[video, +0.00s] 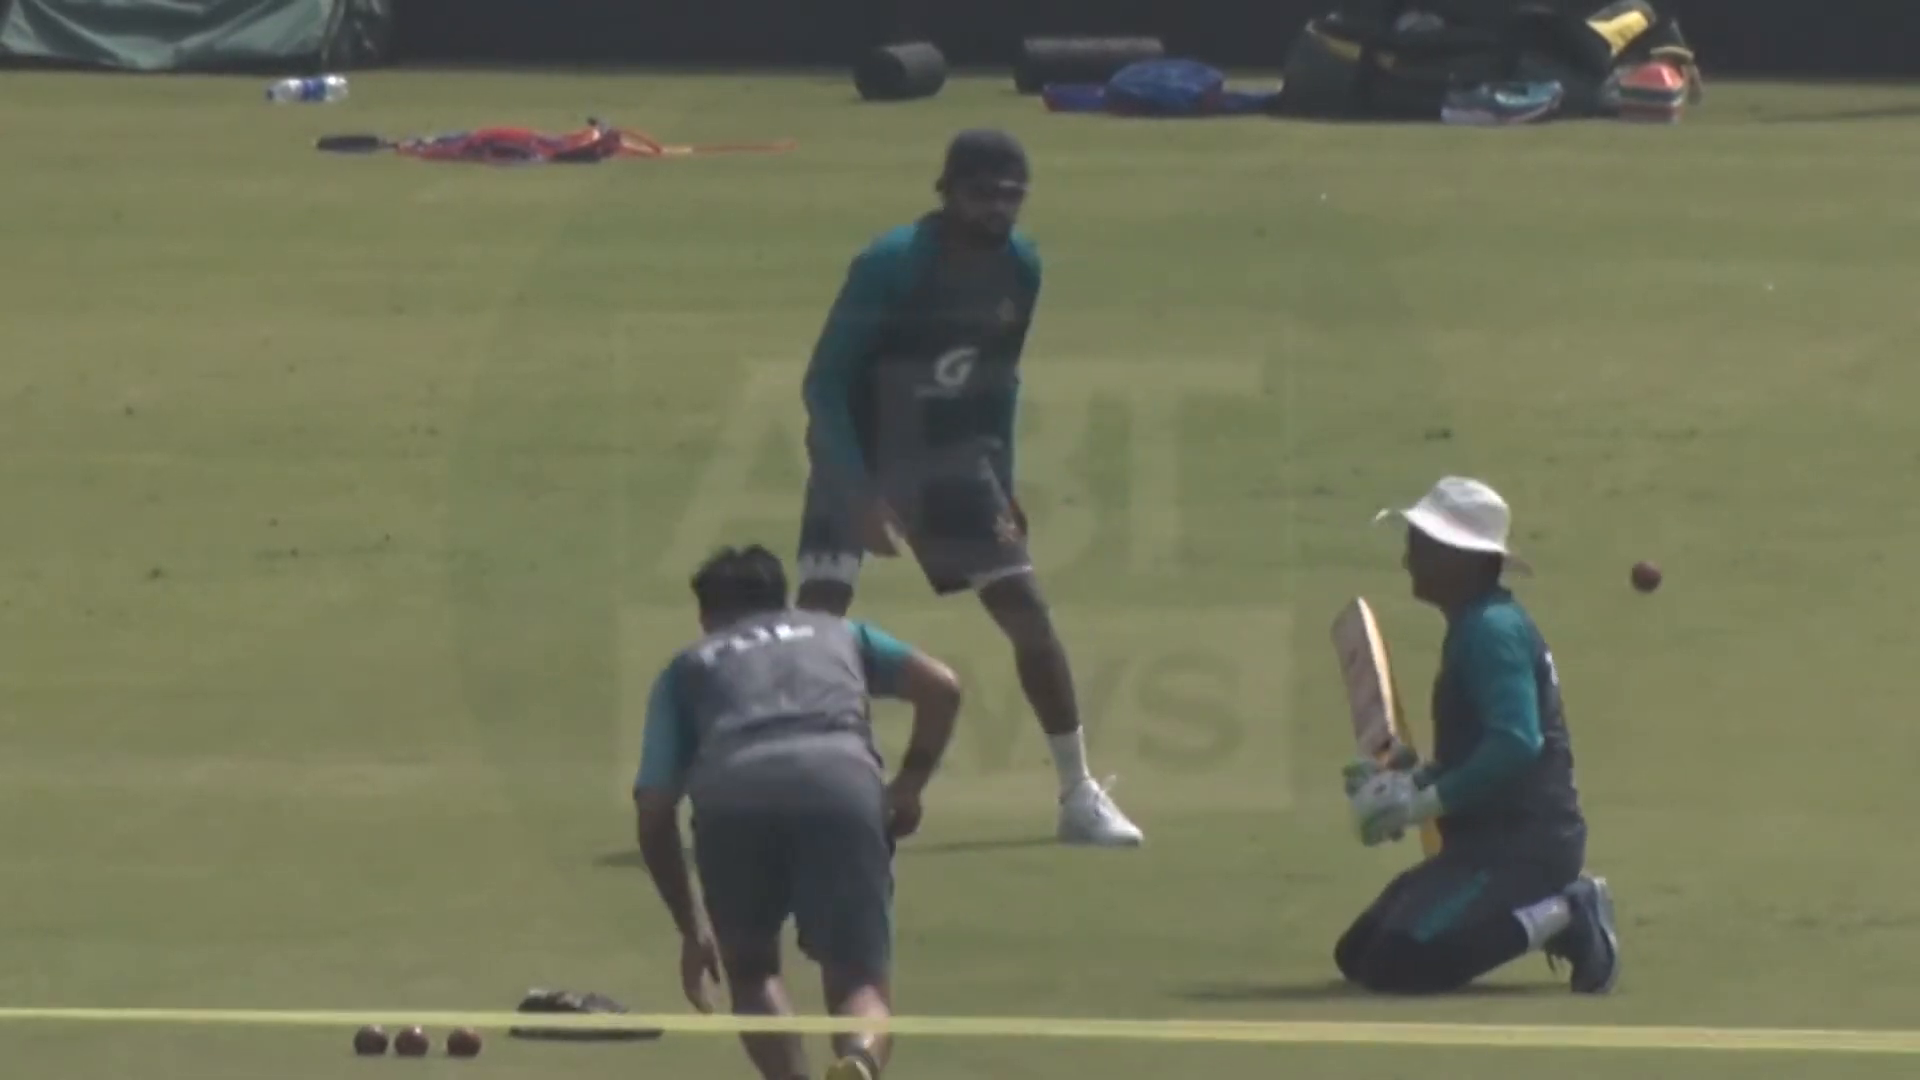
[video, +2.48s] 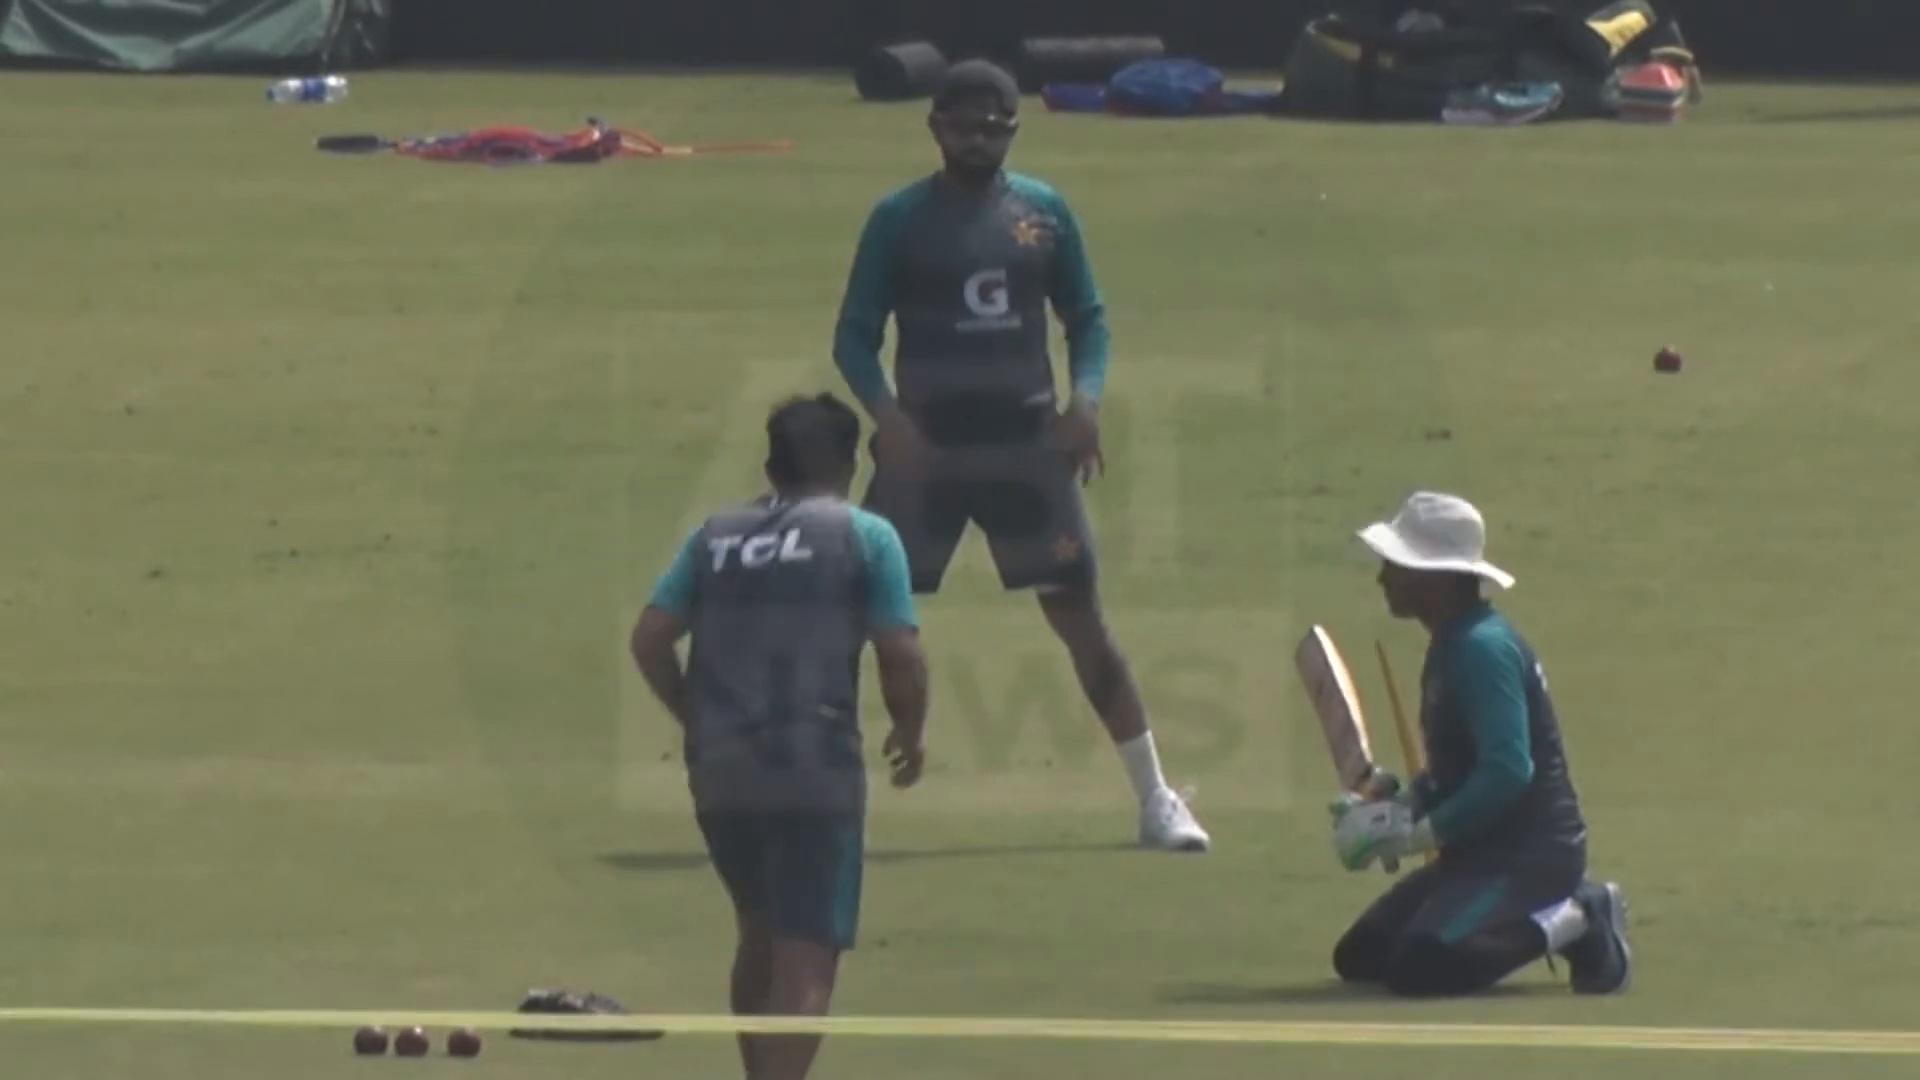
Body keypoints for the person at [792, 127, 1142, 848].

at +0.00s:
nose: (1000, 209)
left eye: (1012, 195)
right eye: (985, 194)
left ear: (1024, 199)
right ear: (949, 191)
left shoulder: (1019, 269)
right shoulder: (888, 264)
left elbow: (1001, 388)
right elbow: (823, 382)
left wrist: (1004, 490)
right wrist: (854, 491)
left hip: (958, 460)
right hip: (860, 457)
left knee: (1026, 612)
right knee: (822, 613)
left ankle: (1079, 792)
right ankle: (788, 792)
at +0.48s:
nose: (1001, 249)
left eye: (1015, 235)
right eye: (986, 234)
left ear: (1037, 230)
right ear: (960, 228)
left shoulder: (1067, 288)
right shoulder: (916, 297)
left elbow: (1097, 395)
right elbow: (879, 417)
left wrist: (1089, 495)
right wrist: (899, 521)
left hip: (1029, 463)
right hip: (925, 465)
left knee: (1110, 613)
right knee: (844, 625)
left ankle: (1158, 798)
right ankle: (763, 770)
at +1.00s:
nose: (987, 156)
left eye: (1000, 142)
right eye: (972, 141)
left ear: (1020, 140)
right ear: (943, 136)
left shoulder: (1043, 219)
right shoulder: (899, 223)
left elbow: (1109, 322)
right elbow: (852, 338)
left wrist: (1098, 240)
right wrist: (901, 352)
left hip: (1012, 451)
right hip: (911, 452)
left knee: (1088, 615)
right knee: (841, 618)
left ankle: (1155, 798)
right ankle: (766, 791)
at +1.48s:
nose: (974, 136)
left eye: (989, 123)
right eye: (959, 119)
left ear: (1009, 130)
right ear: (932, 123)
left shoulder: (1030, 204)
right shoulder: (891, 217)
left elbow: (1112, 212)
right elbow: (850, 330)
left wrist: (1035, 126)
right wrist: (875, 372)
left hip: (1016, 440)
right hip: (918, 443)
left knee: (1078, 621)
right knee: (849, 619)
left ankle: (1155, 799)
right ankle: (775, 787)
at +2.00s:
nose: (991, 138)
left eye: (1004, 126)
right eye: (976, 121)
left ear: (1020, 134)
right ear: (942, 122)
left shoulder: (1033, 203)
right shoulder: (898, 217)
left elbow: (1111, 196)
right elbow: (852, 334)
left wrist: (1047, 105)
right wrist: (875, 377)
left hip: (1023, 443)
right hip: (924, 443)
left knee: (1081, 624)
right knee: (851, 620)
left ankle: (1155, 798)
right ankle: (771, 775)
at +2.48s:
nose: (980, 141)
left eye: (994, 128)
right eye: (965, 127)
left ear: (1015, 131)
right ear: (936, 128)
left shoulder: (1046, 215)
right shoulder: (896, 221)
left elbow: (1086, 319)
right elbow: (852, 340)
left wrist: (1085, 402)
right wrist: (886, 416)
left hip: (1023, 441)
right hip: (924, 446)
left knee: (1080, 620)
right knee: (855, 611)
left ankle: (1155, 798)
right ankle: (804, 788)